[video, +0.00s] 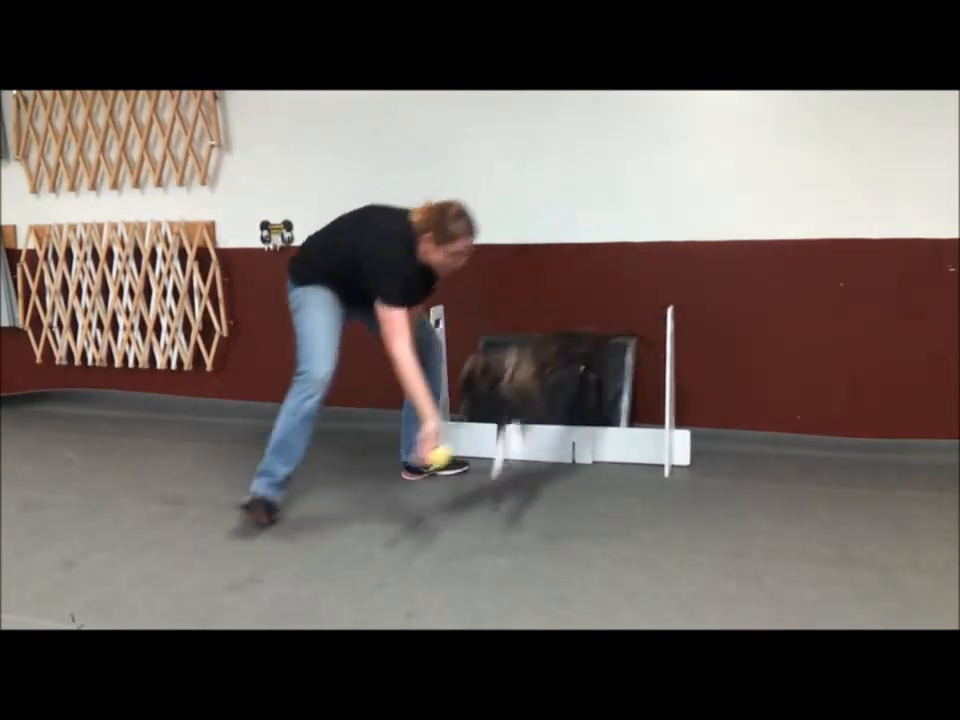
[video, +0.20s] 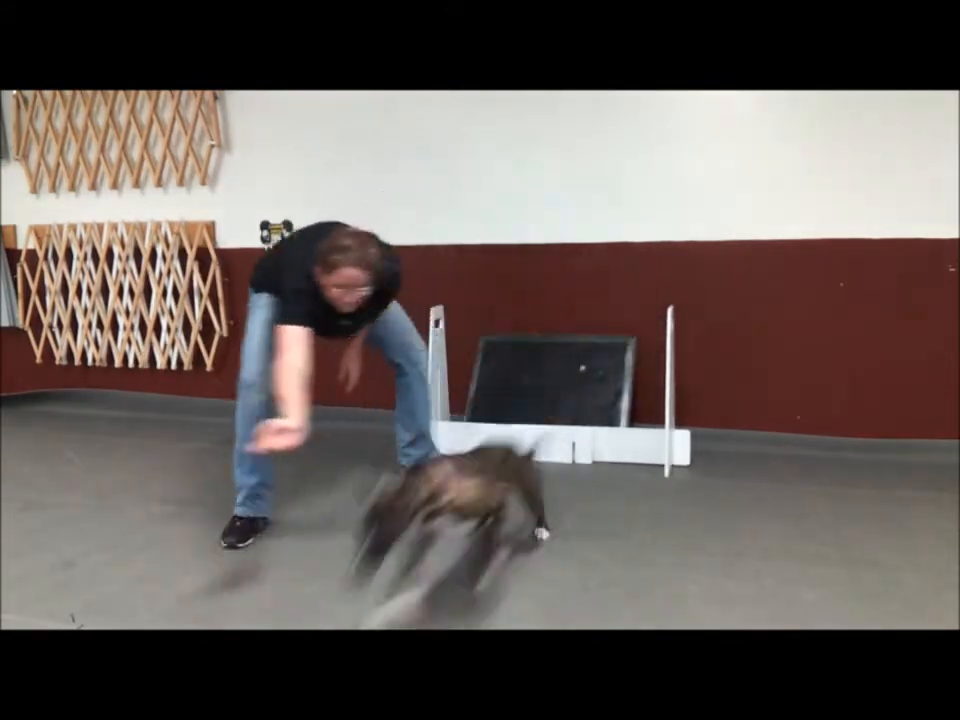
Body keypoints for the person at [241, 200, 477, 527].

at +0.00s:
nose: (460, 264)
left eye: (464, 256)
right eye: (456, 255)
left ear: (431, 244)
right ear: (428, 245)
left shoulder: (430, 254)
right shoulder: (391, 254)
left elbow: (409, 310)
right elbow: (398, 347)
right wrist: (429, 417)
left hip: (369, 286)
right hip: (319, 277)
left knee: (427, 345)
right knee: (317, 373)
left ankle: (418, 455)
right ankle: (266, 491)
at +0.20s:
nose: (350, 297)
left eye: (359, 287)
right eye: (340, 287)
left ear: (373, 281)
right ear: (320, 277)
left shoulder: (386, 271)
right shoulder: (296, 277)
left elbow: (371, 309)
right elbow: (293, 352)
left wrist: (355, 346)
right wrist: (295, 418)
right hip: (278, 293)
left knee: (413, 359)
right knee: (253, 384)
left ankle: (418, 466)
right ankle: (250, 508)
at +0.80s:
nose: (478, 212)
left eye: (480, 207)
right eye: (478, 204)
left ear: (460, 197)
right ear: (464, 197)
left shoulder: (446, 229)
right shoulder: (412, 198)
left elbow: (481, 253)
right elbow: (341, 213)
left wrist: (523, 275)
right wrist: (372, 280)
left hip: (354, 272)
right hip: (317, 266)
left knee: (395, 354)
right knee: (340, 374)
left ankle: (392, 455)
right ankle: (273, 488)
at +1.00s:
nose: (485, 200)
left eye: (488, 194)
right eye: (486, 192)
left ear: (468, 183)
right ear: (471, 184)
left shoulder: (444, 201)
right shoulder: (425, 194)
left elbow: (450, 218)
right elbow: (357, 221)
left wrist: (474, 230)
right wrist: (391, 275)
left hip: (363, 264)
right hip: (334, 263)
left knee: (407, 353)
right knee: (391, 359)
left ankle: (398, 455)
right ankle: (370, 483)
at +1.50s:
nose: (422, 279)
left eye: (426, 271)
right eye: (417, 271)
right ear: (387, 261)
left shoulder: (404, 264)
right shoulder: (338, 260)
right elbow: (333, 362)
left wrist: (373, 313)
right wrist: (369, 436)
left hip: (357, 294)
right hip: (288, 287)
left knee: (399, 368)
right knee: (273, 389)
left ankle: (396, 463)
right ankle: (275, 516)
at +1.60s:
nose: (349, 302)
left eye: (358, 292)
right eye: (338, 293)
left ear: (371, 283)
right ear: (312, 282)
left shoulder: (376, 266)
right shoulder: (281, 289)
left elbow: (367, 303)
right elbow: (288, 378)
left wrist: (339, 335)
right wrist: (289, 470)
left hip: (347, 313)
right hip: (266, 300)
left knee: (385, 374)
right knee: (245, 403)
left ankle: (385, 446)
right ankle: (269, 524)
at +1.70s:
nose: (276, 311)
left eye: (285, 300)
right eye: (264, 301)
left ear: (305, 288)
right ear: (245, 292)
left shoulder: (340, 269)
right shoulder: (232, 305)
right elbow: (216, 380)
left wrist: (320, 337)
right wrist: (190, 458)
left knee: (359, 372)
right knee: (240, 408)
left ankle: (383, 455)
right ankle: (260, 502)